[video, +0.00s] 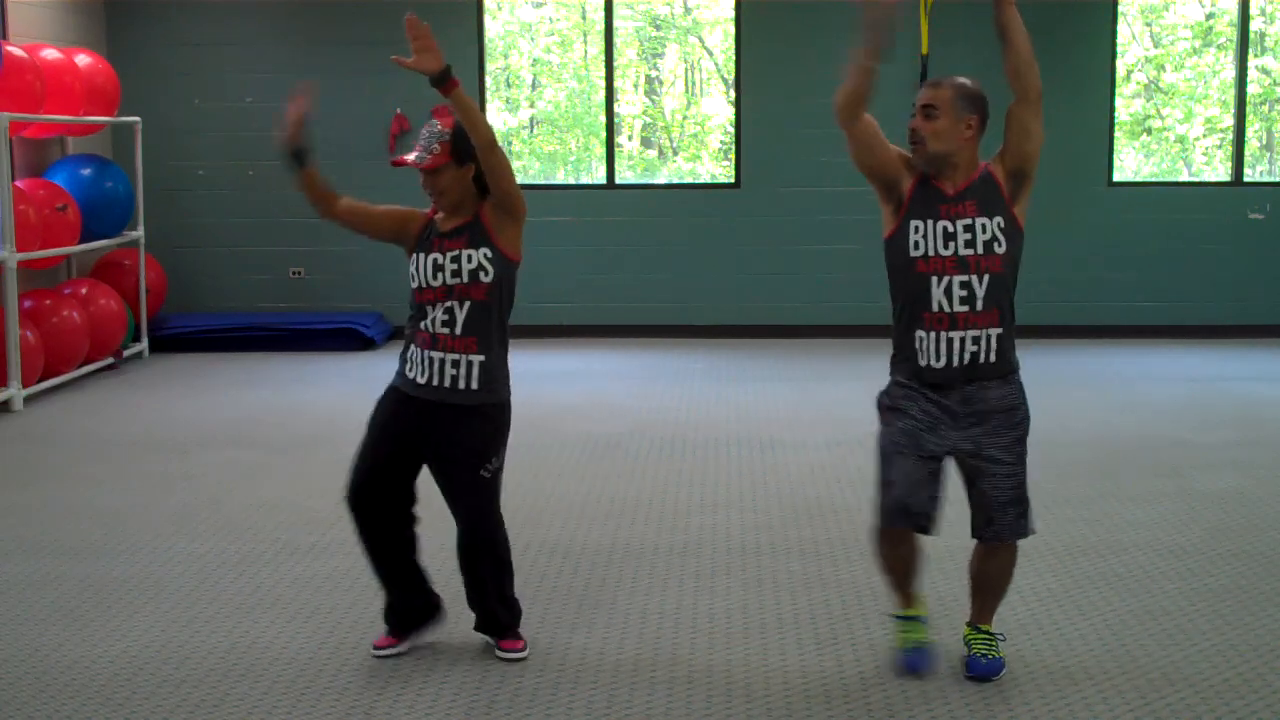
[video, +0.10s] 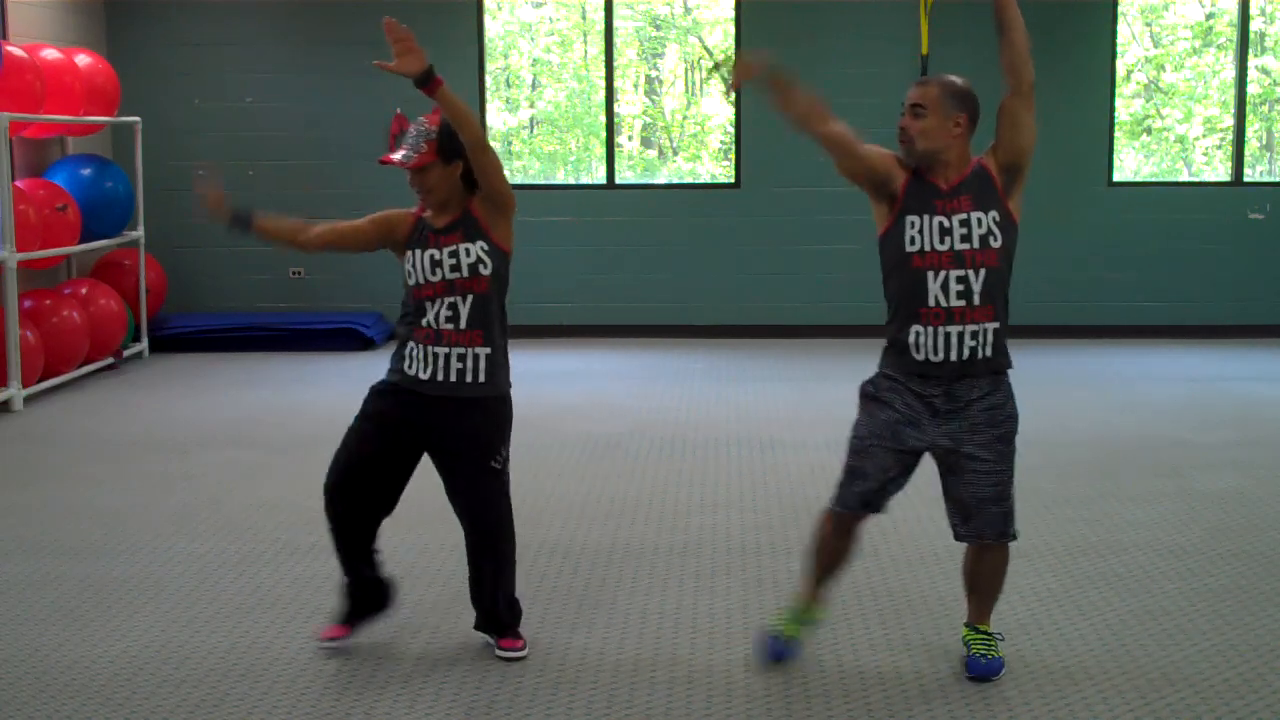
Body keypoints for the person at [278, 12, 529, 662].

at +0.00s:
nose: (428, 184)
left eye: (438, 173)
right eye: (424, 175)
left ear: (473, 171)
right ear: (427, 178)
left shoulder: (501, 223)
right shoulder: (419, 227)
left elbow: (491, 151)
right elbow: (334, 207)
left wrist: (445, 79)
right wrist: (298, 154)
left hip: (474, 407)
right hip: (410, 398)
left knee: (478, 517)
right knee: (371, 497)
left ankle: (501, 623)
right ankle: (412, 608)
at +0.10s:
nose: (414, 181)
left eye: (422, 169)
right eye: (410, 171)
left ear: (457, 166)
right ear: (412, 173)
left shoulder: (491, 216)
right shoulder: (404, 226)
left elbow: (478, 144)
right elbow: (315, 235)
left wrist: (430, 79)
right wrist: (238, 216)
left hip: (474, 400)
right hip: (405, 392)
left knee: (489, 517)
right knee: (346, 493)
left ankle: (502, 622)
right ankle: (367, 595)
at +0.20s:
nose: (396, 179)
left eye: (405, 168)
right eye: (393, 169)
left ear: (440, 166)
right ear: (395, 171)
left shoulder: (474, 216)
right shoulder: (382, 229)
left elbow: (463, 142)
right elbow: (307, 272)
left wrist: (414, 78)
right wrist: (229, 295)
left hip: (469, 402)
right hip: (397, 401)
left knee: (489, 521)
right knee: (343, 512)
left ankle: (503, 623)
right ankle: (293, 620)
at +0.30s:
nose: (373, 188)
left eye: (382, 178)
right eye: (370, 179)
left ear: (419, 176)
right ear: (374, 179)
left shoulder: (455, 225)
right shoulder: (360, 243)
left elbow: (444, 152)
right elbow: (304, 307)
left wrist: (397, 87)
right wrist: (242, 360)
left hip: (454, 413)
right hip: (380, 416)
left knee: (489, 523)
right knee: (338, 524)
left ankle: (501, 623)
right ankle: (279, 626)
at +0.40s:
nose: (360, 192)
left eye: (370, 182)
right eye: (356, 182)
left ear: (404, 181)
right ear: (355, 183)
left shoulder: (438, 232)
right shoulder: (342, 249)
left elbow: (431, 157)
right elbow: (310, 326)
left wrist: (388, 95)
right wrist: (271, 397)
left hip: (438, 416)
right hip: (361, 418)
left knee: (487, 517)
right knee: (325, 526)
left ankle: (506, 619)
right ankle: (278, 628)